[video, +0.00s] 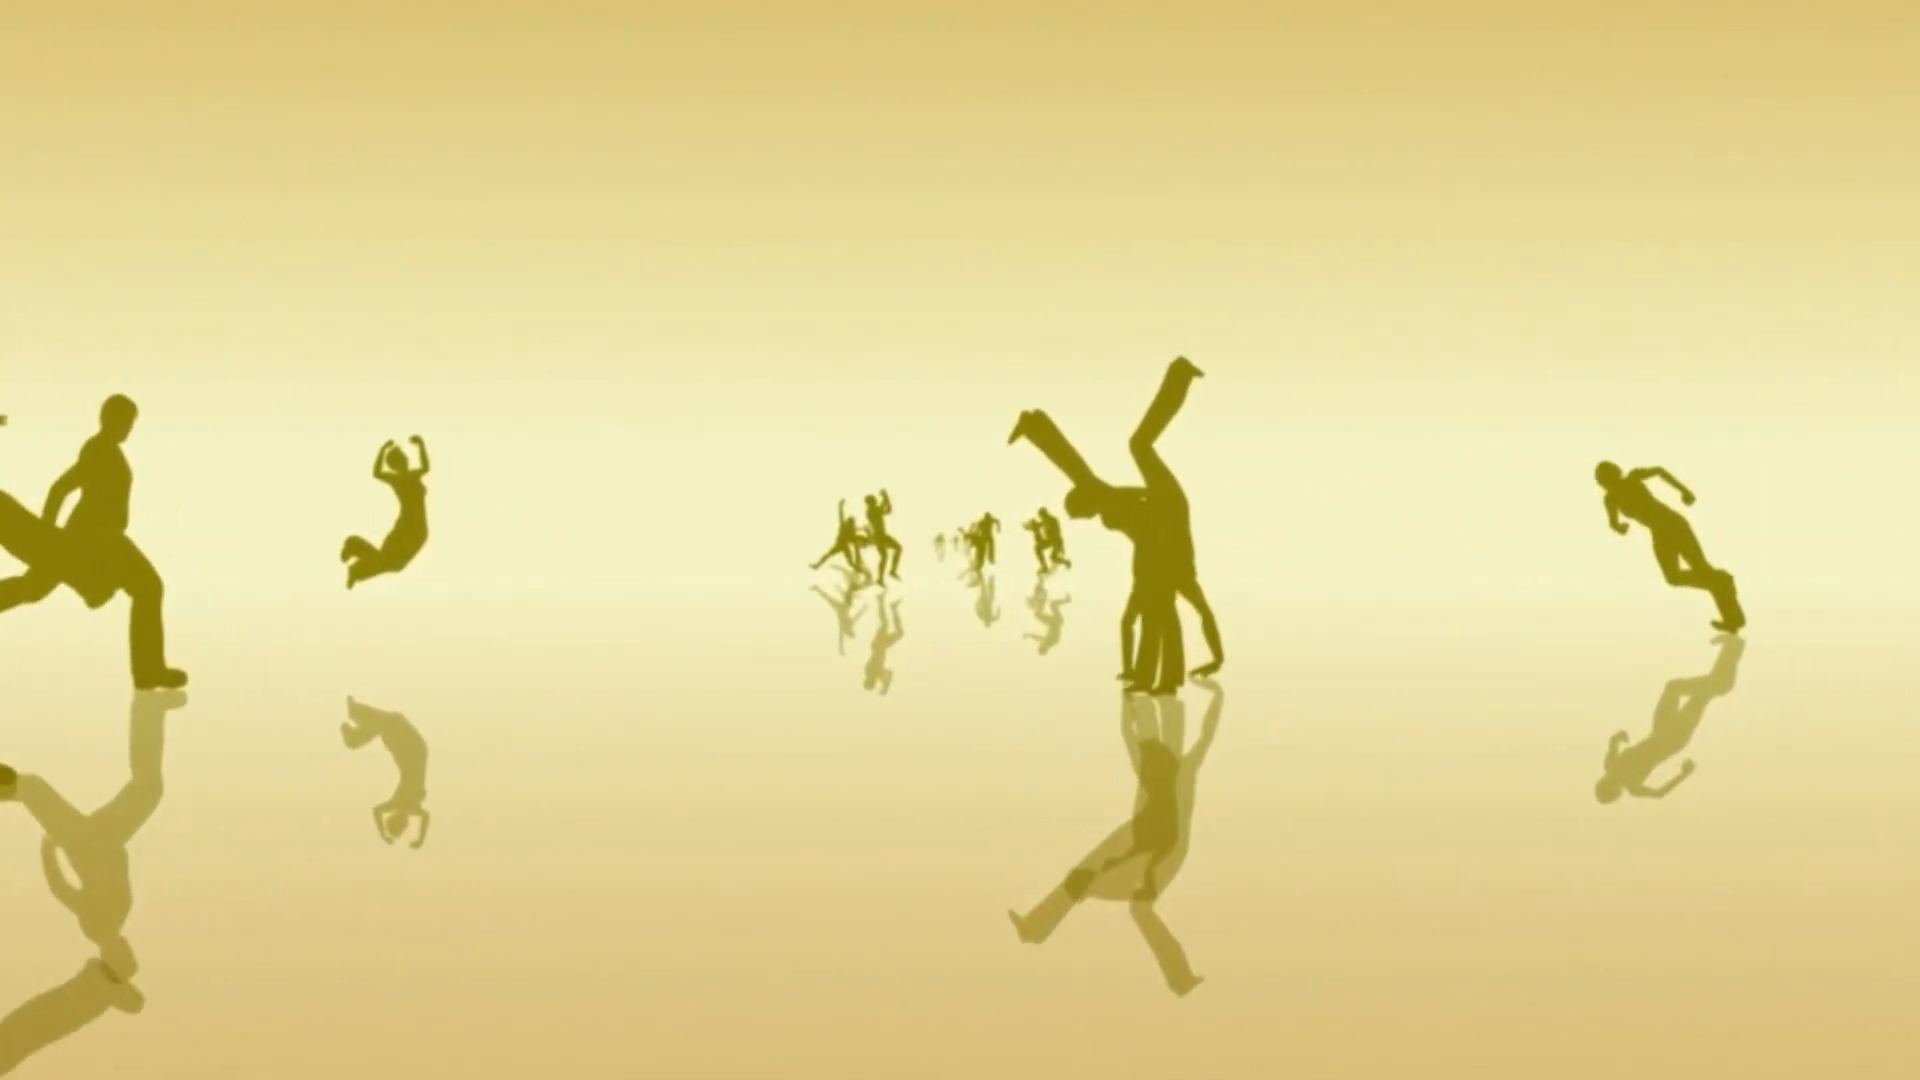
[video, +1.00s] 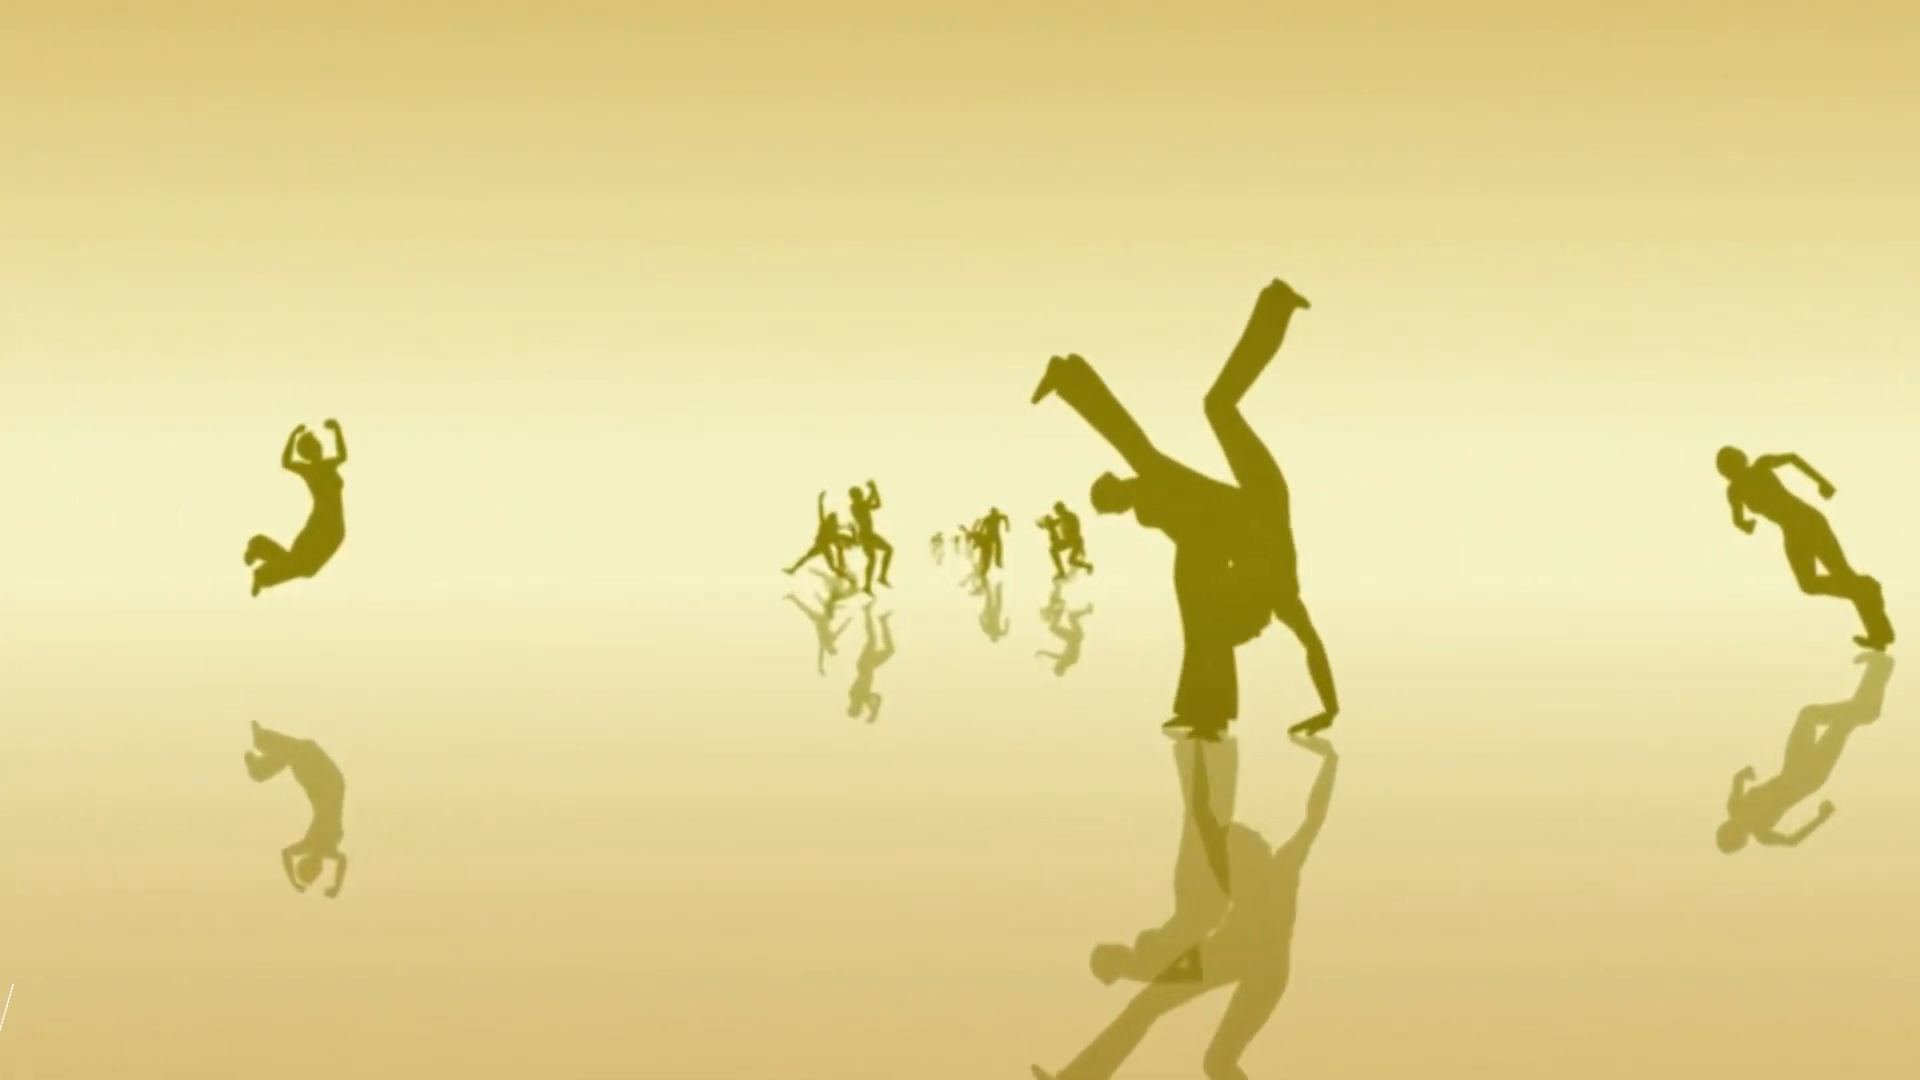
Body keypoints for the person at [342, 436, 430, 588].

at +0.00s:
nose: (402, 460)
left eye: (402, 456)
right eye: (397, 458)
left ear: (406, 457)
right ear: (392, 463)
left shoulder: (413, 476)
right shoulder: (396, 478)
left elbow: (425, 468)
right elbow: (377, 473)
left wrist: (421, 445)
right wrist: (382, 450)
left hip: (420, 528)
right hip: (405, 524)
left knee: (397, 565)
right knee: (387, 559)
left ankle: (357, 572)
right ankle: (355, 545)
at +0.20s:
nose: (386, 458)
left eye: (386, 454)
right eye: (381, 456)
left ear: (391, 455)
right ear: (376, 461)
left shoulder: (398, 474)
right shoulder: (380, 477)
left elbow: (410, 466)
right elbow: (361, 472)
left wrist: (406, 442)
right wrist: (366, 448)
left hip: (405, 527)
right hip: (390, 523)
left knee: (381, 566)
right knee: (371, 560)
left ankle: (341, 573)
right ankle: (338, 545)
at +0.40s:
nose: (369, 456)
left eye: (370, 452)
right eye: (364, 454)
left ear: (374, 453)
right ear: (359, 459)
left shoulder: (382, 472)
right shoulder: (363, 475)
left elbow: (395, 464)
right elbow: (343, 469)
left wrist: (390, 439)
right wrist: (350, 445)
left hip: (389, 527)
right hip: (374, 522)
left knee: (364, 567)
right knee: (354, 561)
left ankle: (323, 574)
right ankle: (320, 545)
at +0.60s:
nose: (352, 453)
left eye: (353, 449)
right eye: (347, 451)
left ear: (358, 450)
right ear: (342, 457)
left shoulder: (365, 470)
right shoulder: (346, 473)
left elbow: (378, 461)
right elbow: (326, 468)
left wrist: (373, 437)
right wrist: (332, 442)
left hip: (373, 526)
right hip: (357, 522)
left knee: (347, 568)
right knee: (335, 561)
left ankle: (304, 575)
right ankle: (301, 545)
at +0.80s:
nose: (334, 449)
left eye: (334, 445)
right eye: (329, 447)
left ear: (339, 447)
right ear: (324, 454)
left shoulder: (346, 468)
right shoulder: (327, 471)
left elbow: (361, 459)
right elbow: (306, 465)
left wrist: (356, 433)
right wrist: (313, 439)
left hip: (354, 525)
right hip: (338, 520)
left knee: (328, 568)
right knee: (317, 562)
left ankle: (285, 576)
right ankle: (282, 546)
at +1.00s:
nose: (315, 447)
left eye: (315, 442)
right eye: (309, 445)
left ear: (320, 444)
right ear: (304, 451)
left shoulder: (328, 465)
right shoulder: (307, 469)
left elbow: (342, 457)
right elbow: (286, 463)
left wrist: (337, 430)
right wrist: (293, 436)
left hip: (336, 525)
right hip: (319, 521)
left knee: (309, 569)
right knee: (297, 562)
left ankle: (264, 577)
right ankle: (260, 546)